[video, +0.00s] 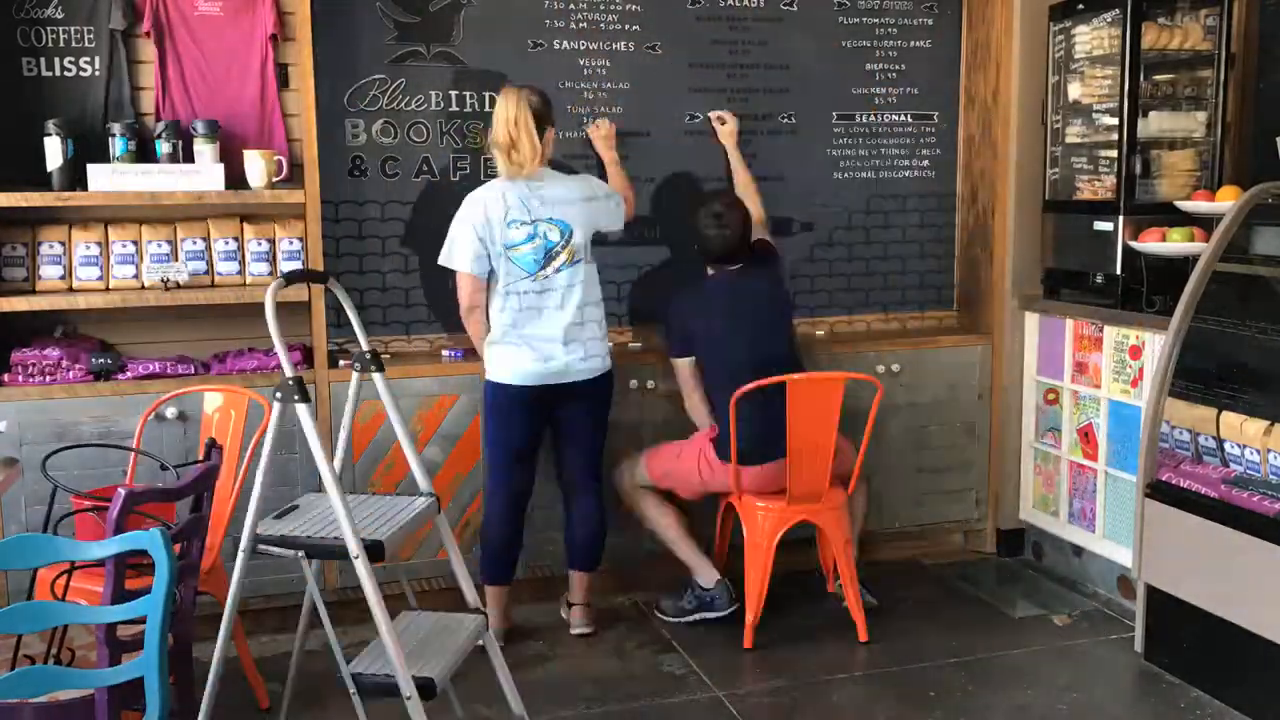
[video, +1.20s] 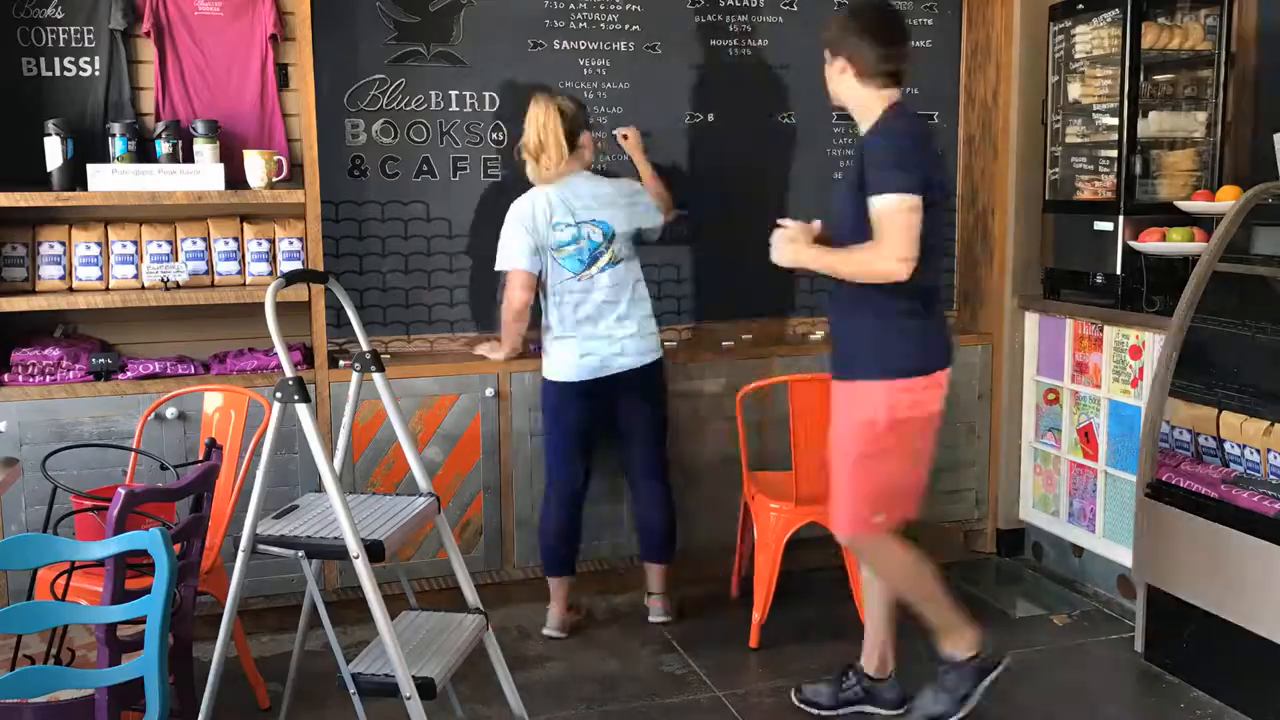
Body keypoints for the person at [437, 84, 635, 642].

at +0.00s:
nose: (553, 135)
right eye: (553, 127)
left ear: (497, 134)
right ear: (548, 134)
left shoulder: (480, 204)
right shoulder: (579, 192)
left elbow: (471, 302)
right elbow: (625, 207)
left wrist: (494, 357)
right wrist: (609, 154)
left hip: (514, 374)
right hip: (585, 370)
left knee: (504, 493)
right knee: (583, 485)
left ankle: (495, 619)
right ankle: (579, 609)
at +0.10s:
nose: (572, 141)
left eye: (572, 132)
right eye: (570, 132)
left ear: (508, 130)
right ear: (558, 133)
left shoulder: (475, 198)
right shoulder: (585, 202)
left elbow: (461, 294)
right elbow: (604, 294)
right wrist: (557, 277)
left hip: (500, 375)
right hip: (572, 373)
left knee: (498, 493)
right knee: (576, 488)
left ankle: (495, 619)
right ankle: (577, 605)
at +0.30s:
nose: (555, 145)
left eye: (553, 137)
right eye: (551, 137)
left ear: (492, 140)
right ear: (539, 140)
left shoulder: (466, 205)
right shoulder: (566, 199)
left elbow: (456, 301)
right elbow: (585, 246)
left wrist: (475, 349)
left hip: (501, 369)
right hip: (570, 368)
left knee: (510, 491)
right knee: (578, 479)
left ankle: (526, 613)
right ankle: (582, 603)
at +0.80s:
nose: (566, 161)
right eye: (568, 151)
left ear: (522, 154)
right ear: (571, 154)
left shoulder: (497, 218)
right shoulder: (593, 221)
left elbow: (484, 312)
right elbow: (598, 279)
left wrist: (483, 356)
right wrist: (585, 212)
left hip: (521, 388)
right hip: (588, 386)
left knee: (513, 500)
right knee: (597, 492)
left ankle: (514, 623)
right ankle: (626, 610)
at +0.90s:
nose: (583, 156)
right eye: (584, 147)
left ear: (536, 153)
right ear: (586, 153)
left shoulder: (512, 220)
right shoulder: (612, 216)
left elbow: (499, 311)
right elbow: (624, 271)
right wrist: (618, 208)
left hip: (540, 386)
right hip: (605, 382)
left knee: (563, 498)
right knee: (609, 490)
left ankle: (589, 624)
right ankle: (618, 611)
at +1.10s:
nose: (577, 139)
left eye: (574, 128)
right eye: (573, 129)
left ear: (515, 133)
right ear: (559, 134)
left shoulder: (488, 202)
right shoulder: (595, 202)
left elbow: (501, 285)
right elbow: (620, 293)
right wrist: (570, 279)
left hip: (522, 372)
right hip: (594, 371)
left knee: (515, 491)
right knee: (609, 487)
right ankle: (624, 605)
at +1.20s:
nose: (594, 138)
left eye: (589, 130)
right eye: (588, 131)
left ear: (535, 144)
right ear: (579, 141)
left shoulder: (527, 208)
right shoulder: (615, 191)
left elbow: (520, 298)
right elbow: (662, 208)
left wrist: (507, 347)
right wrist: (638, 156)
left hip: (570, 371)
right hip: (637, 361)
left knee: (563, 486)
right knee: (649, 475)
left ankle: (558, 610)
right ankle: (658, 599)